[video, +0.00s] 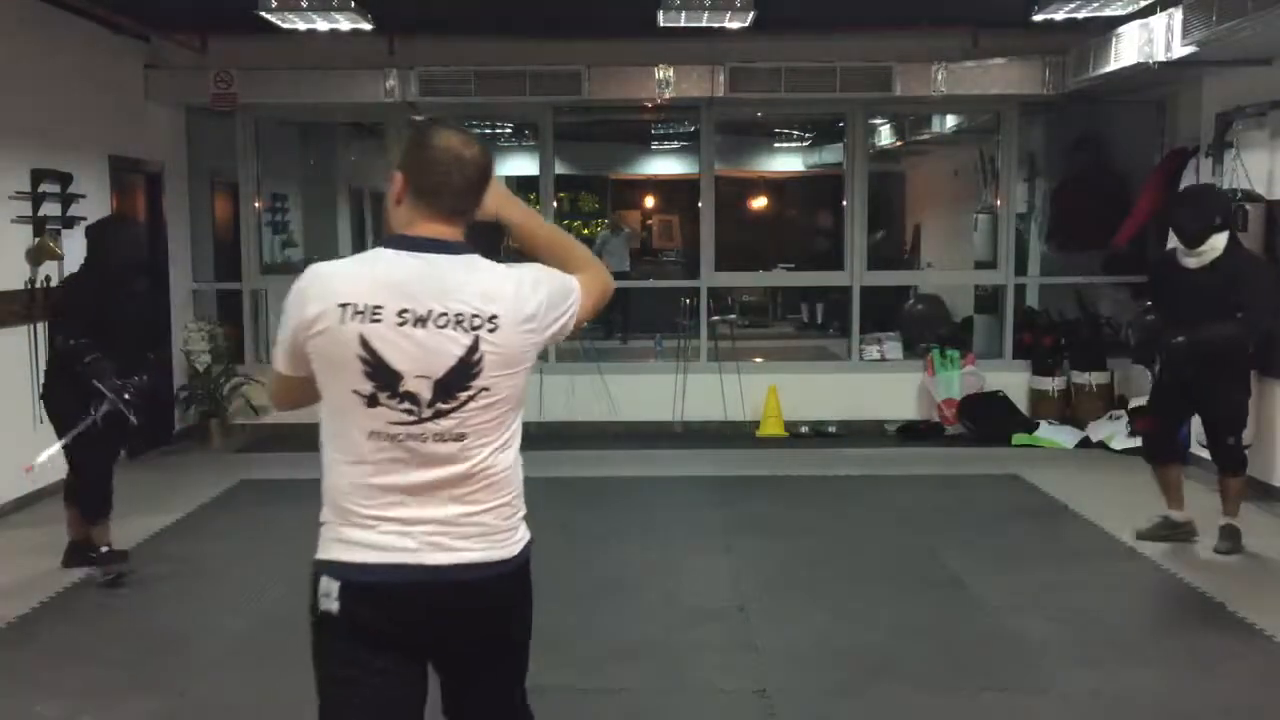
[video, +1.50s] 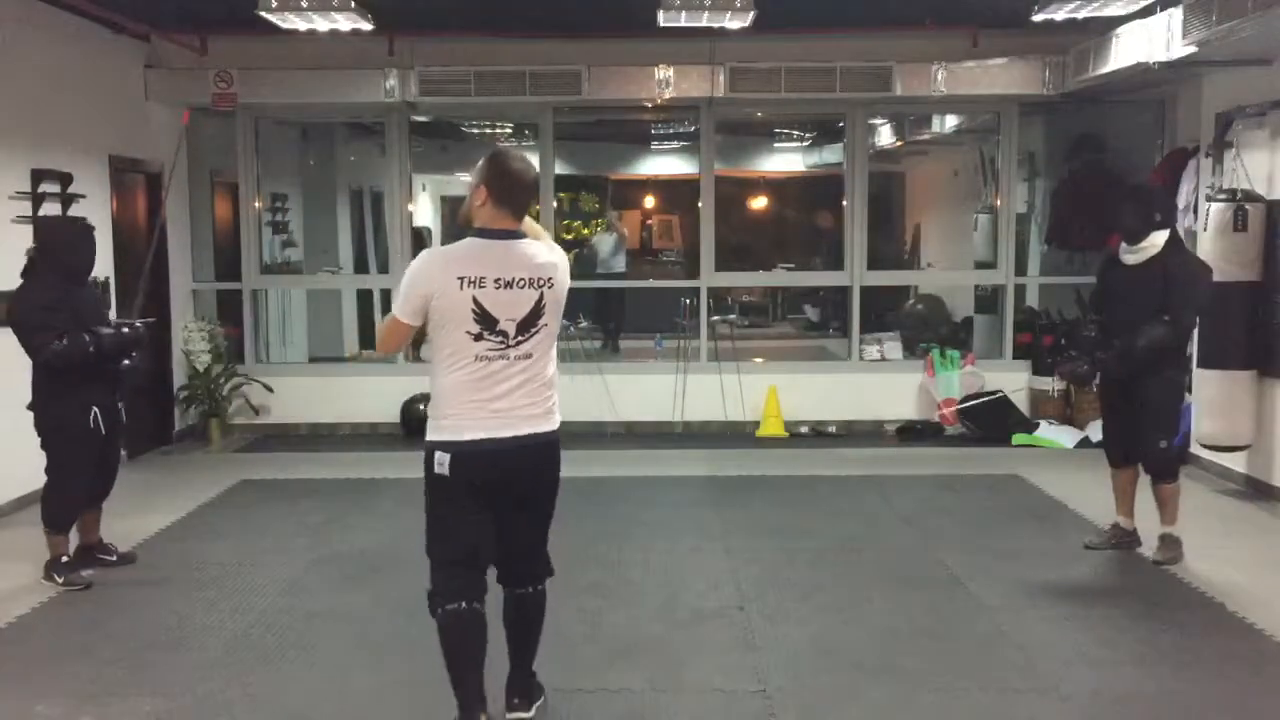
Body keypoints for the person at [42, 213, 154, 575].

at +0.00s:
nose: (132, 255)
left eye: (133, 246)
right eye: (123, 246)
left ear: (134, 249)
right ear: (104, 249)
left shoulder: (132, 291)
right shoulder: (76, 287)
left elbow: (143, 348)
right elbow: (68, 340)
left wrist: (136, 380)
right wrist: (101, 372)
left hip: (109, 387)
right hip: (71, 387)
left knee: (89, 461)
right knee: (94, 461)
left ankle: (79, 542)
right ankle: (102, 545)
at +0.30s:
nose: (104, 242)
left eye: (103, 235)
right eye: (95, 236)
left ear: (100, 240)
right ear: (74, 244)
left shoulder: (107, 286)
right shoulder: (48, 286)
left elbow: (128, 327)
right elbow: (32, 340)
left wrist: (126, 342)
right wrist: (59, 347)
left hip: (96, 389)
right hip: (53, 394)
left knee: (91, 462)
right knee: (56, 467)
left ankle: (81, 542)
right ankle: (56, 557)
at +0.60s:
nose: (72, 244)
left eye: (72, 237)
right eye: (62, 238)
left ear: (74, 242)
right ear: (39, 246)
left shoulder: (90, 290)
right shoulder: (19, 296)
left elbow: (115, 338)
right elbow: (22, 351)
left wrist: (107, 354)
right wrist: (67, 342)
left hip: (88, 392)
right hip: (40, 398)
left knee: (96, 462)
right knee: (47, 469)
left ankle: (82, 542)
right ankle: (53, 559)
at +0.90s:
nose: (63, 245)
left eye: (62, 237)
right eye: (53, 239)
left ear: (62, 240)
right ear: (29, 247)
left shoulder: (73, 290)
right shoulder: (17, 296)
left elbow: (95, 348)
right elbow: (28, 355)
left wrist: (111, 352)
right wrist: (79, 346)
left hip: (85, 398)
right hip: (44, 403)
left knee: (93, 468)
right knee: (52, 475)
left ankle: (81, 544)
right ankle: (55, 560)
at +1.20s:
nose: (70, 237)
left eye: (67, 230)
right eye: (60, 231)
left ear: (55, 240)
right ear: (36, 243)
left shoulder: (75, 287)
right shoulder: (20, 296)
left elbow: (88, 338)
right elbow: (38, 350)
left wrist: (116, 336)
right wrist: (97, 340)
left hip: (88, 397)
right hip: (48, 404)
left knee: (101, 465)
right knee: (55, 477)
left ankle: (86, 540)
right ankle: (55, 560)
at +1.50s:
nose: (90, 254)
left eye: (90, 246)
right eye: (83, 246)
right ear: (62, 249)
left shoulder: (86, 290)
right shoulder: (32, 296)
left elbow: (98, 333)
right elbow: (52, 352)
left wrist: (125, 335)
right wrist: (110, 339)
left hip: (98, 397)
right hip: (60, 402)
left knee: (100, 469)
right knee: (66, 475)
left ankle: (90, 545)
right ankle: (58, 559)